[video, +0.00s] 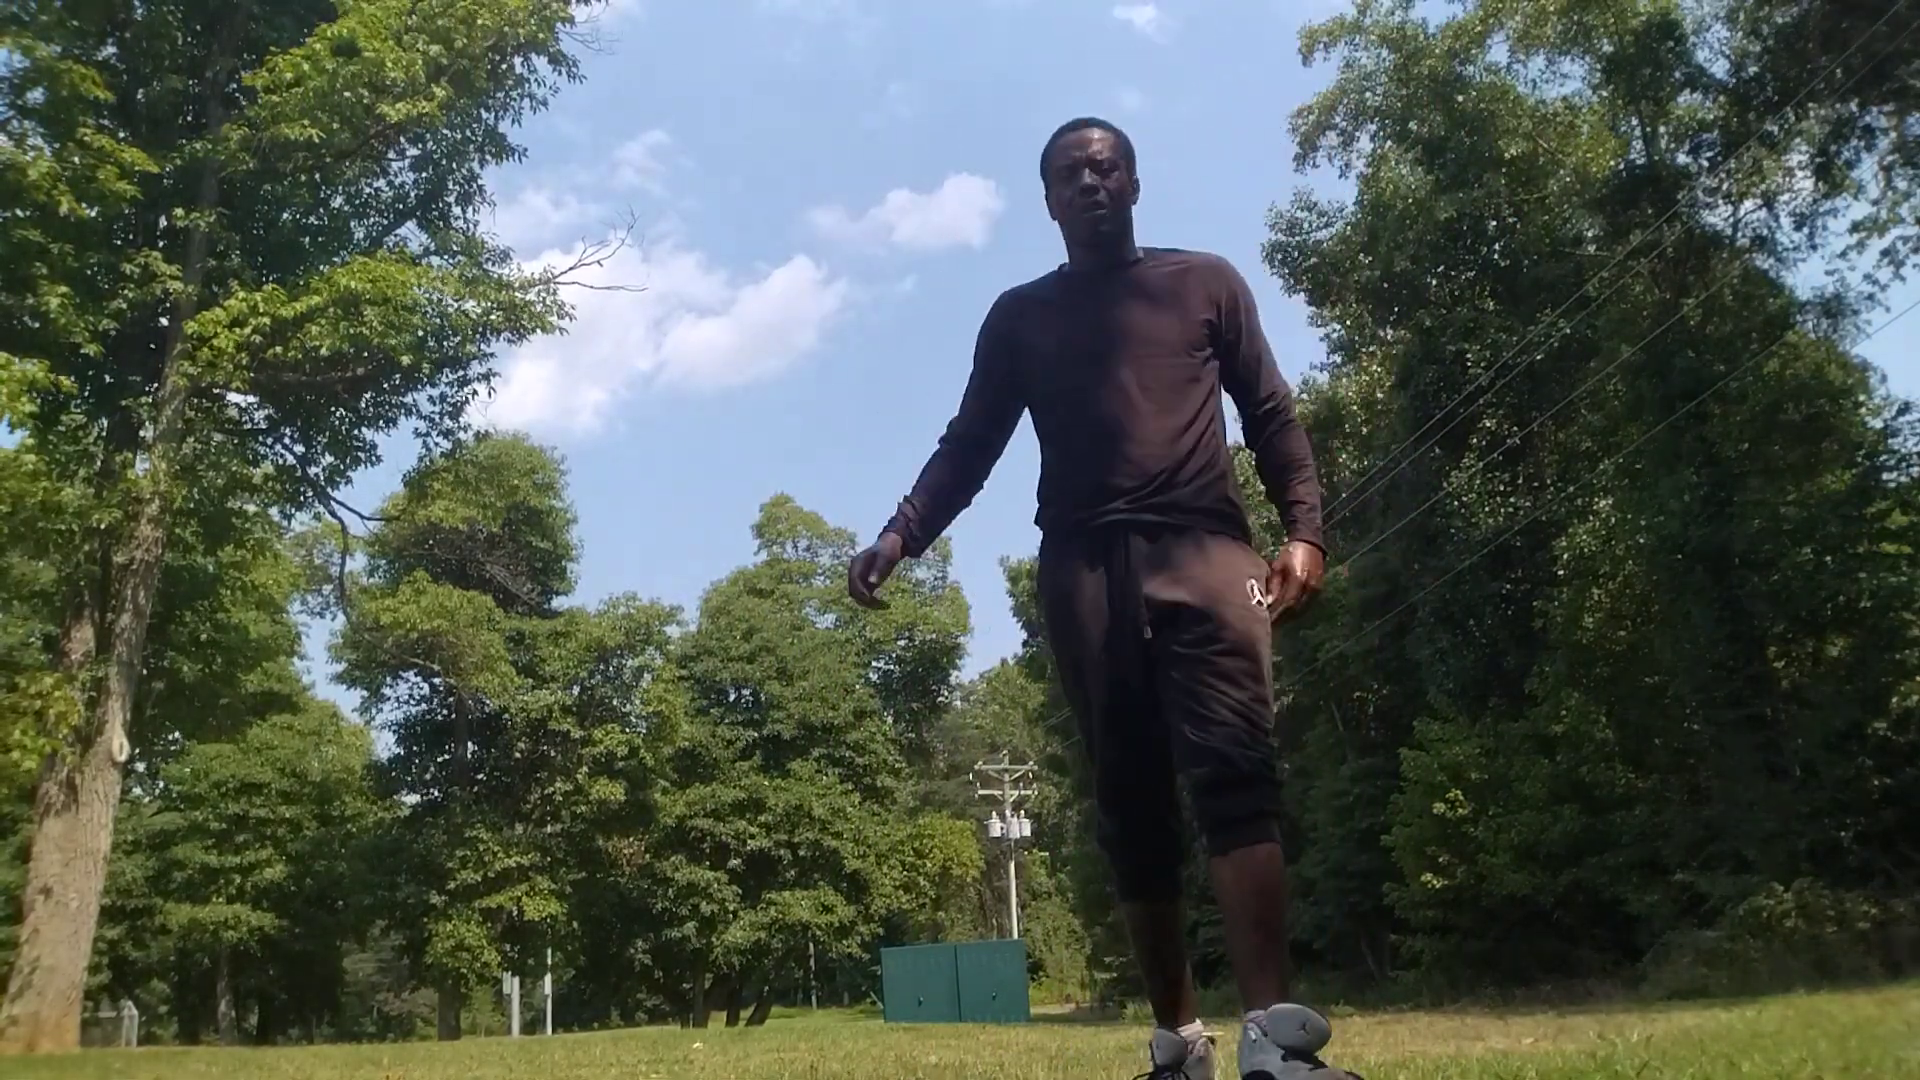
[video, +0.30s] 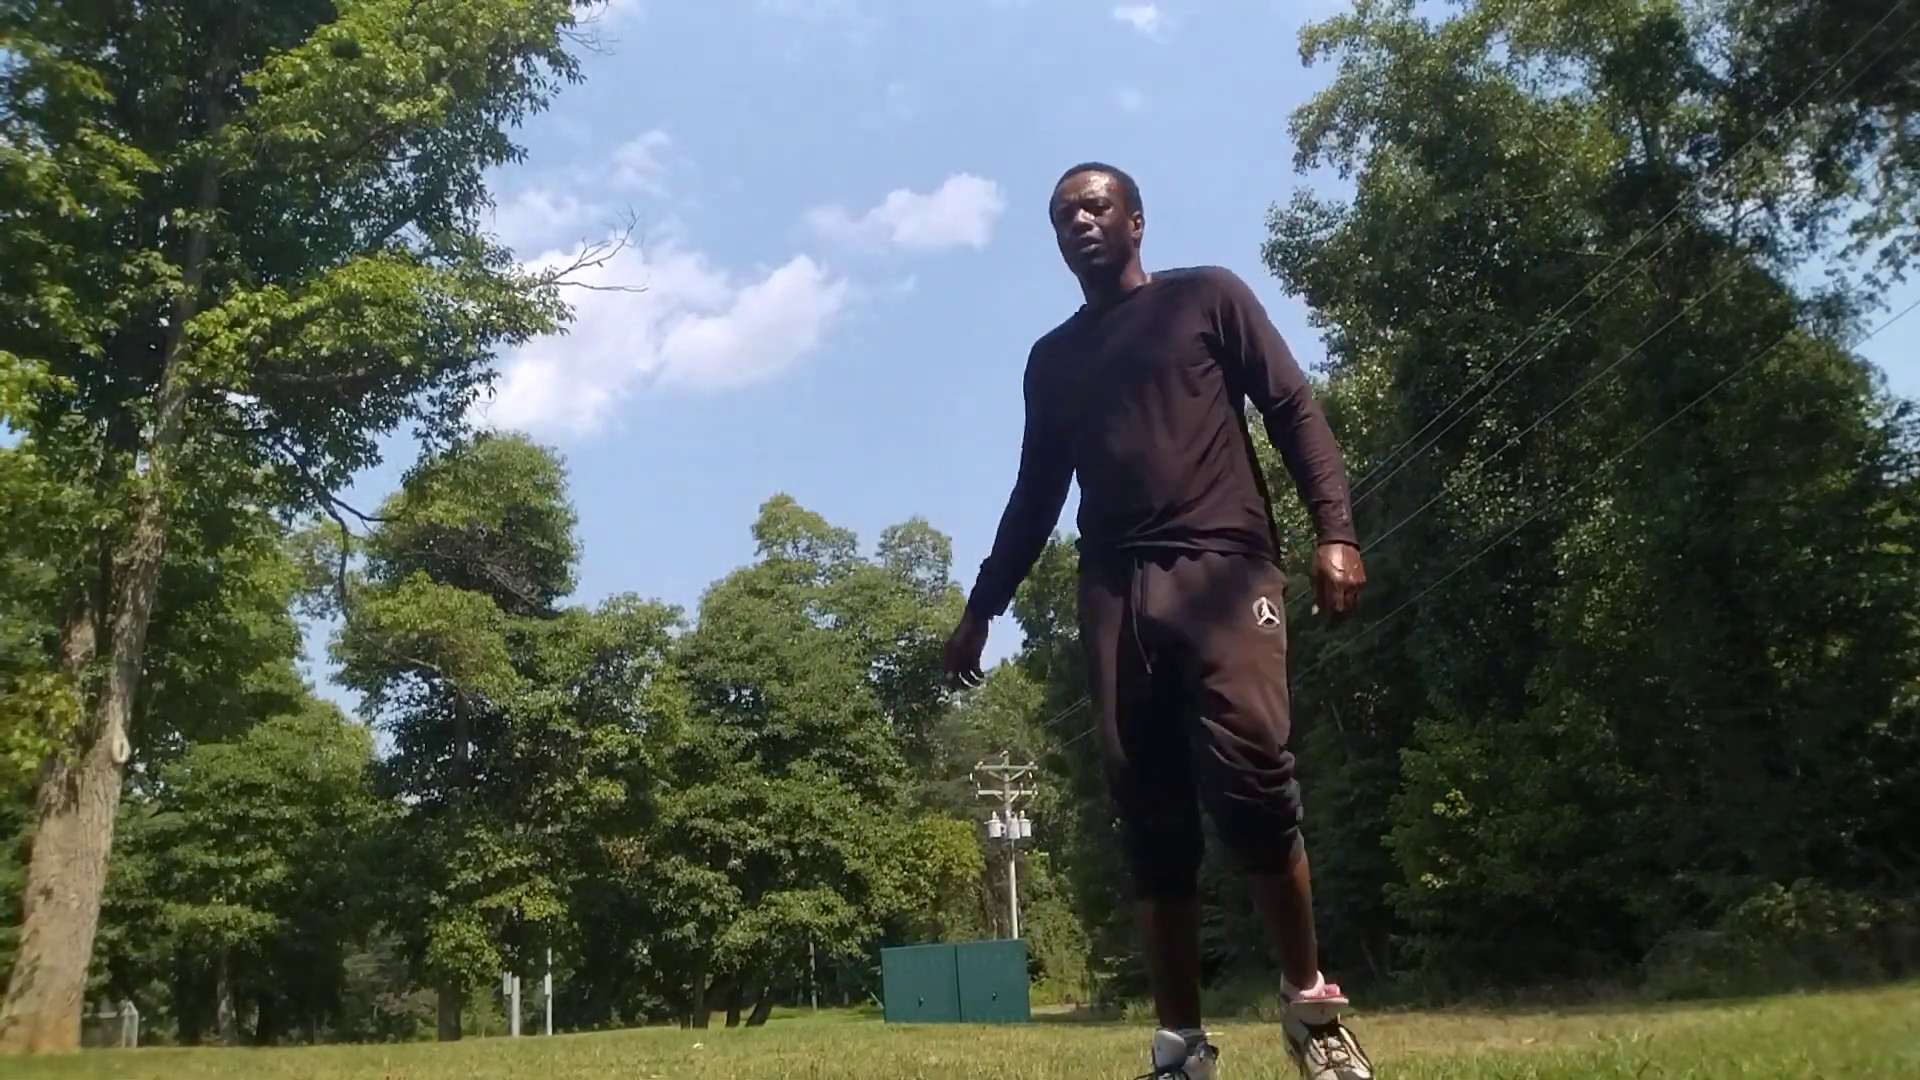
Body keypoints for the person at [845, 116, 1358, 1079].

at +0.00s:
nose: (1091, 179)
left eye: (1106, 164)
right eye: (1070, 170)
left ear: (1136, 185)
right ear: (1047, 200)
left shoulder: (1207, 282)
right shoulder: (1020, 316)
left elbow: (1272, 413)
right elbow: (970, 444)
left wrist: (1304, 529)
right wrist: (896, 540)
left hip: (1204, 542)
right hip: (1084, 562)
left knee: (1237, 769)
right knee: (1130, 793)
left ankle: (1271, 1032)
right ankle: (1178, 1036)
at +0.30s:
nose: (1079, 220)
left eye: (1096, 205)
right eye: (1065, 212)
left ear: (1137, 222)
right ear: (1055, 239)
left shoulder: (1209, 295)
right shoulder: (1052, 359)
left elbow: (1292, 409)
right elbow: (1035, 496)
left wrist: (1336, 530)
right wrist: (978, 611)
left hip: (1226, 567)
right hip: (1115, 586)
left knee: (1253, 776)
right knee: (1146, 805)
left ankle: (1311, 1006)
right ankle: (1180, 1037)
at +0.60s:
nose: (1157, 262)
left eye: (1174, 248)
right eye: (1145, 253)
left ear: (1214, 265)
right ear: (1136, 276)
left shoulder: (1277, 337)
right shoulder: (1134, 388)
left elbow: (1358, 441)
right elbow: (1149, 516)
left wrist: (1362, 526)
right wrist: (1138, 631)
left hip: (1283, 607)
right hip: (1177, 618)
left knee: (1334, 820)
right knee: (1186, 818)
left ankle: (1393, 1029)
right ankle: (1184, 1038)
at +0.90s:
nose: (1253, 298)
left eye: (1267, 283)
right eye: (1239, 287)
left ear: (1301, 292)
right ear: (1224, 304)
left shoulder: (1362, 372)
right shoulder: (1210, 406)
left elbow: (1435, 485)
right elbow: (1197, 520)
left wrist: (1450, 601)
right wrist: (1162, 610)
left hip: (1363, 619)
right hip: (1261, 628)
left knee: (1386, 821)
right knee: (1243, 809)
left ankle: (1400, 1042)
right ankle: (1268, 1029)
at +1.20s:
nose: (1314, 322)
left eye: (1328, 308)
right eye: (1300, 311)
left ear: (1359, 318)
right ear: (1285, 327)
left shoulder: (1419, 402)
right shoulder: (1263, 431)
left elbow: (1490, 513)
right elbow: (1234, 538)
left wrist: (1548, 628)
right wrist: (1188, 625)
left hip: (1409, 633)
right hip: (1321, 646)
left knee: (1407, 837)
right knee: (1356, 840)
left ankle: (1406, 1047)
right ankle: (1493, 985)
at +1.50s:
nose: (1347, 367)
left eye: (1361, 354)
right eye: (1334, 357)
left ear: (1393, 365)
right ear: (1323, 373)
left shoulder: (1449, 430)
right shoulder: (1323, 467)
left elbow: (1527, 527)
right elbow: (1319, 569)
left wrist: (1551, 636)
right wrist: (1280, 653)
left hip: (1461, 657)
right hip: (1392, 672)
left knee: (1446, 832)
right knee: (1465, 840)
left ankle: (1428, 1038)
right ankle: (1560, 1025)